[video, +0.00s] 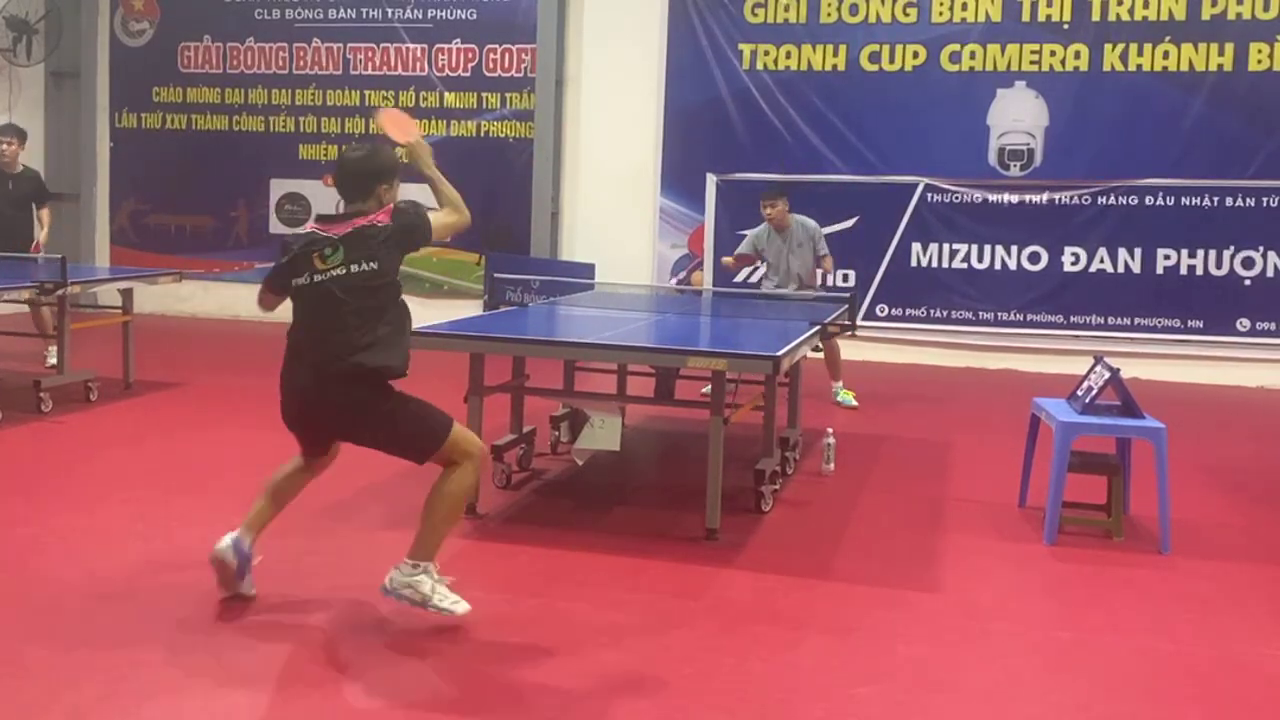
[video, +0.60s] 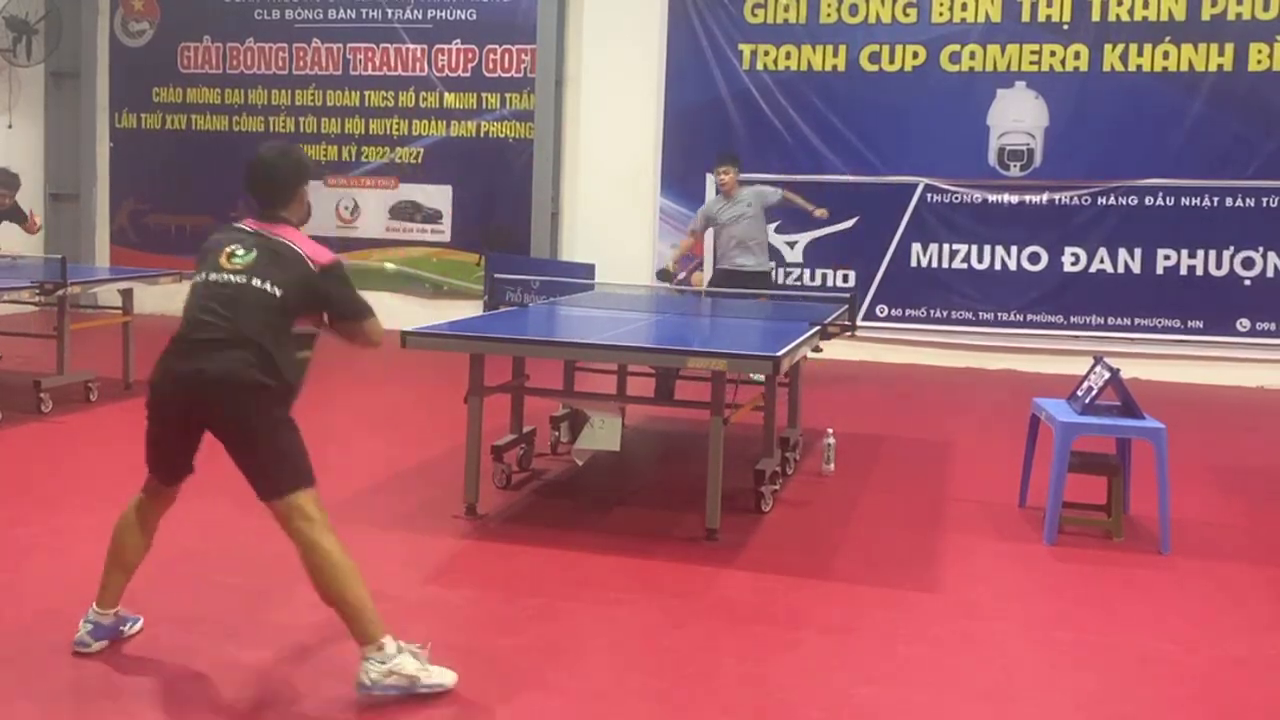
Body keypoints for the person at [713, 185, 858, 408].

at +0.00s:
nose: (768, 212)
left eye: (772, 207)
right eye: (764, 208)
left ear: (786, 206)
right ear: (761, 209)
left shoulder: (808, 227)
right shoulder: (759, 234)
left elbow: (824, 256)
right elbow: (742, 260)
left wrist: (827, 266)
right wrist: (732, 262)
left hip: (806, 295)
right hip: (770, 295)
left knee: (828, 334)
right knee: (736, 326)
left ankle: (838, 388)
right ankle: (722, 380)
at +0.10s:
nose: (744, 217)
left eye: (749, 211)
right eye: (742, 213)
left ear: (765, 211)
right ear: (742, 217)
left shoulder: (793, 229)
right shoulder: (745, 245)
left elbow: (822, 248)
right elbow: (718, 273)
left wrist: (841, 263)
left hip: (808, 299)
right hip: (773, 302)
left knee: (828, 335)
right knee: (739, 330)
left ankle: (839, 388)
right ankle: (726, 381)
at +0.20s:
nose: (726, 210)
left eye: (731, 204)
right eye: (724, 207)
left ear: (747, 205)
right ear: (725, 212)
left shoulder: (773, 219)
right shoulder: (727, 242)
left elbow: (802, 222)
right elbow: (704, 263)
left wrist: (831, 221)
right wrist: (681, 279)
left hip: (797, 292)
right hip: (760, 296)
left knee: (824, 334)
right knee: (731, 331)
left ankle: (843, 386)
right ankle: (720, 380)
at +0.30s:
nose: (725, 192)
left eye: (729, 187)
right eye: (721, 189)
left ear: (742, 189)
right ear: (720, 195)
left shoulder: (766, 207)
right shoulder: (718, 228)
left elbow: (802, 200)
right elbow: (711, 265)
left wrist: (832, 191)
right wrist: (704, 287)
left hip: (780, 283)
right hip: (743, 288)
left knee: (812, 321)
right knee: (728, 328)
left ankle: (829, 370)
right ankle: (727, 378)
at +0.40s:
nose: (723, 174)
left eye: (728, 169)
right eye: (720, 171)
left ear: (740, 172)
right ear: (718, 177)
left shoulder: (763, 190)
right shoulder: (716, 208)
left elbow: (798, 184)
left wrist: (831, 177)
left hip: (771, 271)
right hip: (735, 274)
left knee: (791, 316)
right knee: (722, 321)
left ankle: (799, 359)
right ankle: (718, 377)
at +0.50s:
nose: (721, 169)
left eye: (726, 164)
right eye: (718, 166)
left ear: (738, 166)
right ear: (715, 171)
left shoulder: (761, 185)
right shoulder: (713, 202)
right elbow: (707, 239)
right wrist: (697, 270)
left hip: (762, 264)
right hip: (729, 265)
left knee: (766, 315)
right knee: (711, 306)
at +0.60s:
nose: (721, 178)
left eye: (726, 173)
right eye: (718, 174)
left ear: (737, 175)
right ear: (715, 178)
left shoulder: (756, 194)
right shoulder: (710, 208)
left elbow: (786, 196)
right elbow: (692, 237)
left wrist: (812, 209)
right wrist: (673, 260)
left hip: (757, 273)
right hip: (725, 273)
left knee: (761, 320)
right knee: (711, 316)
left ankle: (757, 368)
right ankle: (713, 361)